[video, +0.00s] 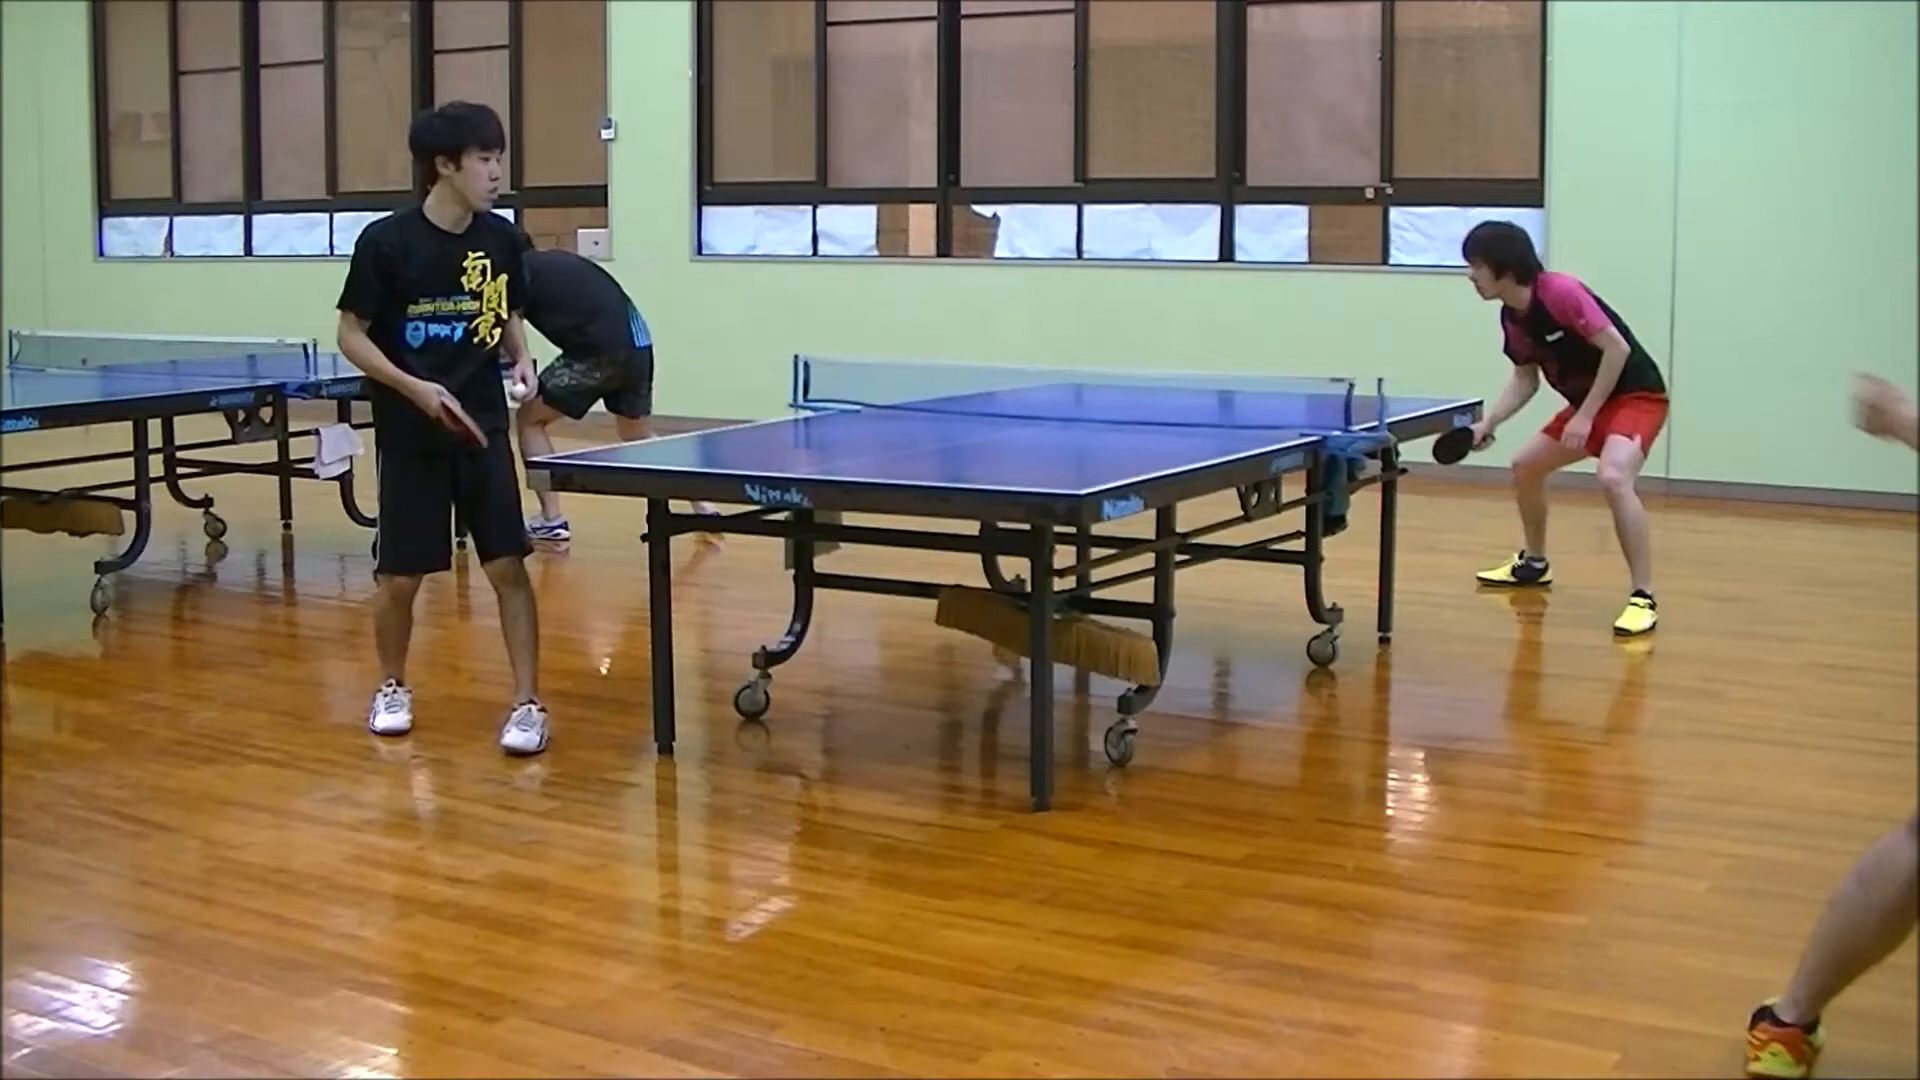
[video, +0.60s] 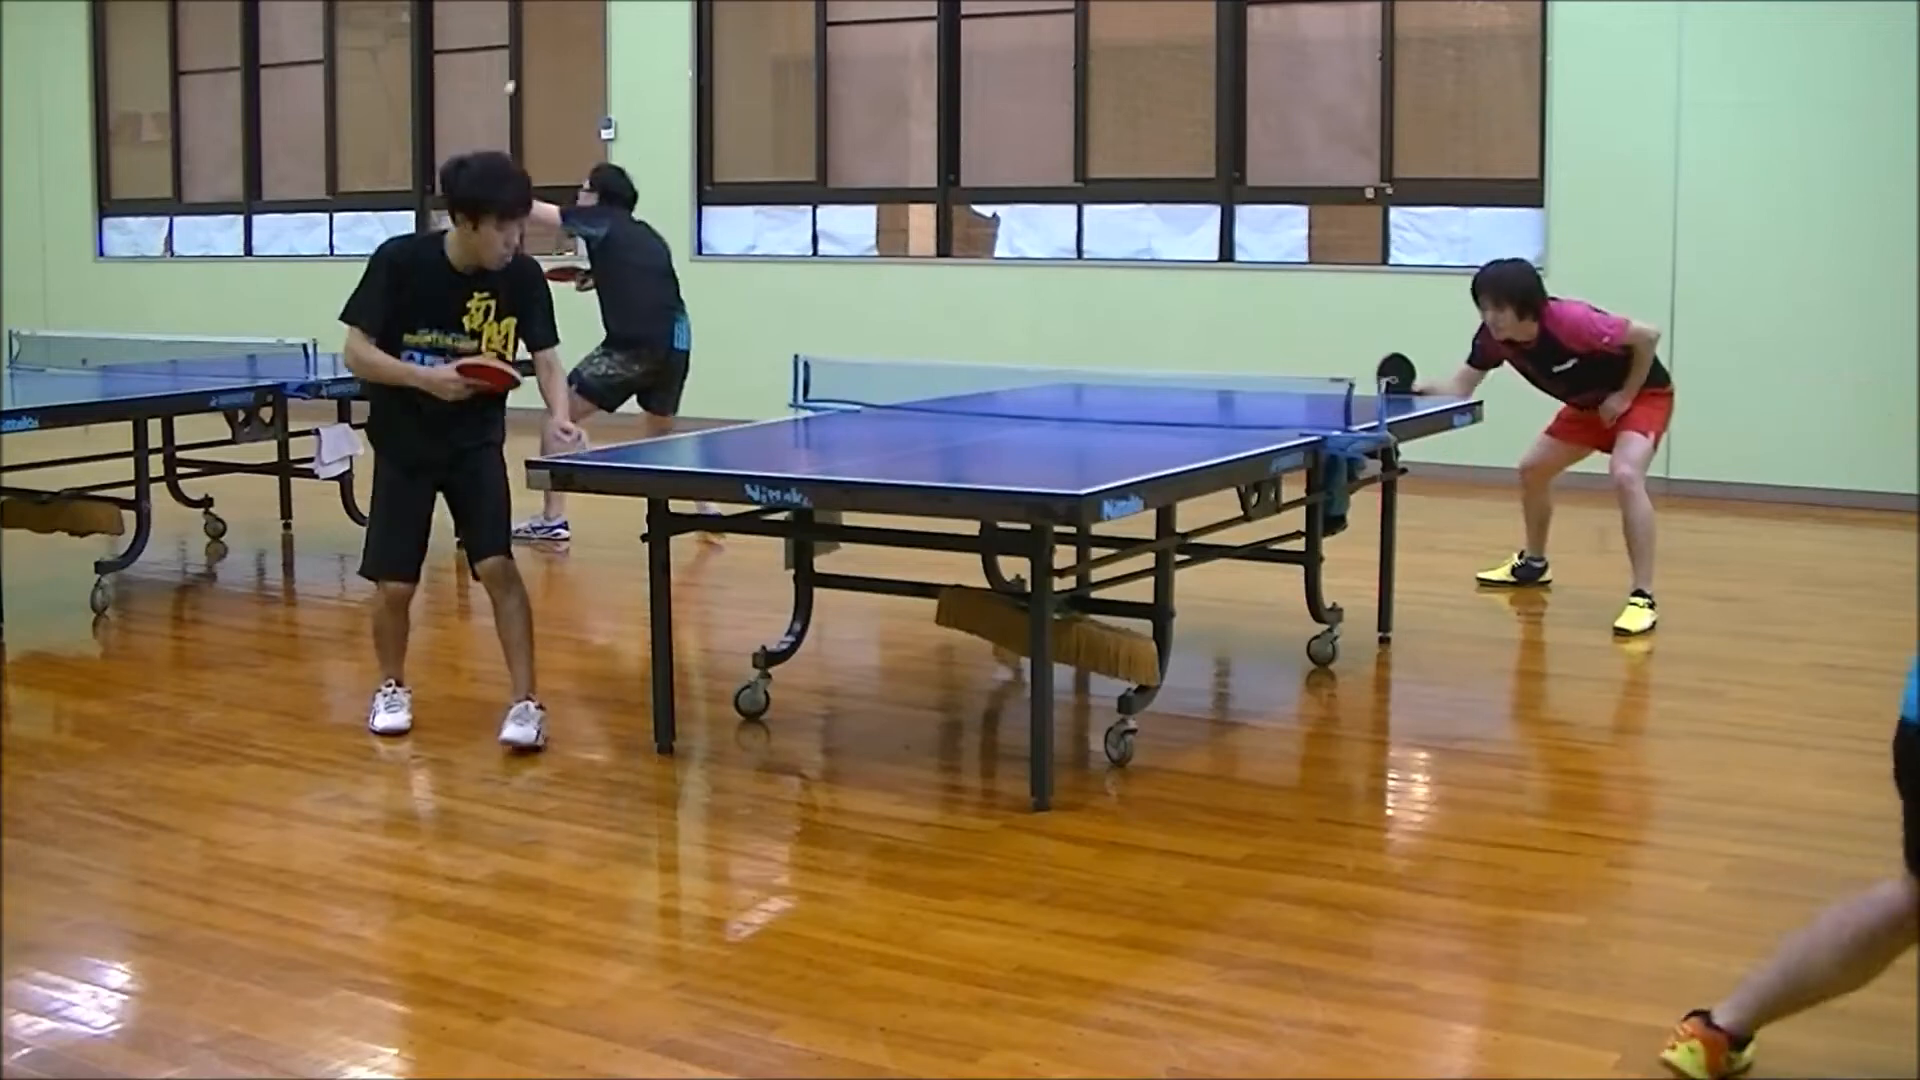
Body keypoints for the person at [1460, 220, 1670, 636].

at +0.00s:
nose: (1469, 275)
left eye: (1475, 266)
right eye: (1468, 266)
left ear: (1503, 267)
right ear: (1501, 270)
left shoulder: (1559, 292)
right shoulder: (1511, 318)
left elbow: (1617, 349)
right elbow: (1525, 380)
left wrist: (1585, 415)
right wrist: (1489, 421)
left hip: (1637, 396)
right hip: (1587, 402)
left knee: (1613, 476)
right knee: (1525, 468)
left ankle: (1643, 596)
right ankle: (1534, 563)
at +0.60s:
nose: (1488, 318)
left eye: (1497, 308)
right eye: (1484, 309)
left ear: (1523, 307)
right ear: (1481, 309)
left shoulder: (1570, 321)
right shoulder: (1492, 338)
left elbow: (1647, 336)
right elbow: (1460, 388)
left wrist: (1627, 393)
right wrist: (1421, 387)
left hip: (1643, 393)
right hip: (1587, 402)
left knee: (1626, 475)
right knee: (1533, 470)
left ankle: (1642, 596)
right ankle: (1534, 563)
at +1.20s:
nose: (1493, 328)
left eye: (1501, 318)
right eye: (1486, 320)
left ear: (1527, 311)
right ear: (1480, 320)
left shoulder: (1566, 325)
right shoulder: (1498, 334)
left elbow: (1543, 400)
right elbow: (1452, 381)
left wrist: (1487, 361)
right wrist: (1414, 384)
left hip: (1645, 391)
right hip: (1590, 401)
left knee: (1629, 474)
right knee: (1535, 471)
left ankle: (1642, 597)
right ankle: (1534, 562)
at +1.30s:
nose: (1498, 324)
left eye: (1504, 312)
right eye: (1488, 316)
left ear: (1527, 305)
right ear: (1480, 319)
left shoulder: (1564, 323)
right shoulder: (1496, 333)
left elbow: (1542, 398)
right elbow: (1454, 380)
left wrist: (1485, 359)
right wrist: (1415, 383)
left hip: (1644, 390)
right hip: (1590, 401)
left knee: (1628, 473)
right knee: (1535, 470)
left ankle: (1642, 597)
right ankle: (1534, 562)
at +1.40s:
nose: (1491, 312)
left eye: (1500, 301)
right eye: (1484, 304)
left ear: (1526, 299)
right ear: (1478, 308)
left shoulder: (1565, 320)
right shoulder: (1493, 331)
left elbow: (1565, 396)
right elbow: (1453, 381)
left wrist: (1501, 375)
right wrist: (1415, 384)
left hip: (1644, 390)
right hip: (1591, 399)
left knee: (1628, 472)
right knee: (1535, 470)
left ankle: (1643, 597)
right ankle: (1534, 562)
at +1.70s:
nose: (1479, 291)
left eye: (1487, 280)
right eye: (1473, 283)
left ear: (1515, 281)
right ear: (1470, 287)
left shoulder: (1562, 304)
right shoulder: (1487, 325)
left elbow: (1642, 319)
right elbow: (1450, 377)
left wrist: (1630, 379)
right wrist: (1414, 382)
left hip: (1638, 388)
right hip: (1582, 396)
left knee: (1626, 474)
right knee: (1535, 470)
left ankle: (1642, 597)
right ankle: (1534, 563)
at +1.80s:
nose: (1479, 290)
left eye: (1487, 279)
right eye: (1473, 282)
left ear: (1516, 281)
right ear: (1471, 286)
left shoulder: (1563, 303)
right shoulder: (1488, 323)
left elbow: (1642, 313)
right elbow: (1450, 374)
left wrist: (1654, 371)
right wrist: (1414, 382)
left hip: (1635, 384)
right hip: (1585, 395)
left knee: (1626, 474)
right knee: (1536, 470)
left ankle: (1642, 597)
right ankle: (1534, 563)